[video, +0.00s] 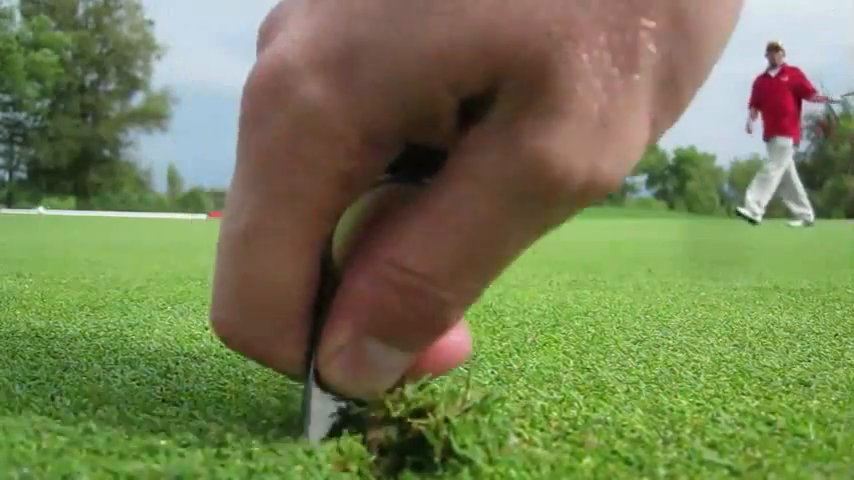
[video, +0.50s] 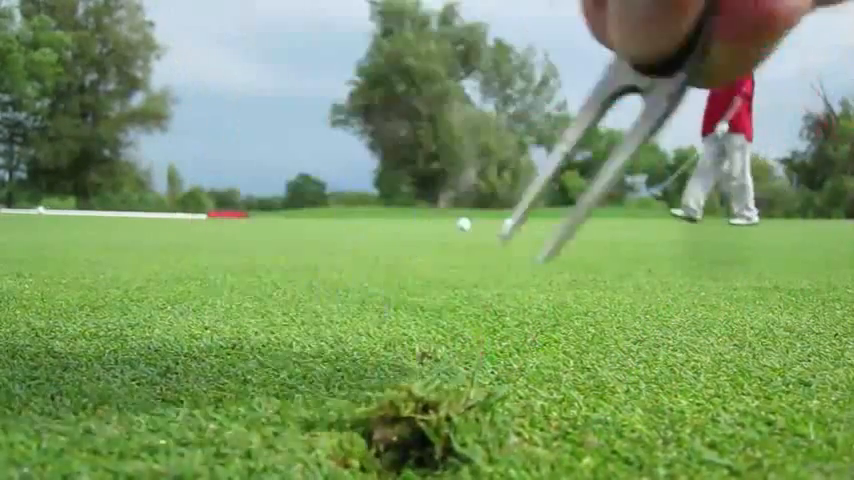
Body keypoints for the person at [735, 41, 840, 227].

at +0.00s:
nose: (773, 56)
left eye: (776, 53)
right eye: (770, 53)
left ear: (782, 55)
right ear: (766, 56)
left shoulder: (793, 74)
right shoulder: (760, 81)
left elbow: (809, 94)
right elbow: (754, 105)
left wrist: (822, 98)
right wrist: (750, 120)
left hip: (787, 129)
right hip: (770, 131)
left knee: (772, 169)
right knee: (787, 174)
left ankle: (753, 209)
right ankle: (804, 214)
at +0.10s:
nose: (764, 58)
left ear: (774, 54)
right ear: (757, 57)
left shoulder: (782, 73)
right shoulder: (755, 76)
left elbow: (801, 94)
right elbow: (746, 102)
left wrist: (821, 106)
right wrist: (738, 125)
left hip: (774, 131)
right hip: (758, 132)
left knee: (759, 172)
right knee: (775, 176)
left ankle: (749, 212)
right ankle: (798, 210)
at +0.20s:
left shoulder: (772, 74)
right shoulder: (745, 78)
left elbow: (788, 95)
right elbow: (735, 103)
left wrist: (801, 114)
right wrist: (731, 130)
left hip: (763, 128)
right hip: (747, 130)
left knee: (750, 172)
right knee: (752, 175)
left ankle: (746, 213)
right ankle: (782, 200)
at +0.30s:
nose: (744, 50)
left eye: (747, 46)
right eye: (741, 47)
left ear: (754, 48)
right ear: (738, 50)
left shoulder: (762, 68)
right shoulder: (736, 73)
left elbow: (773, 95)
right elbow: (732, 106)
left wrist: (777, 120)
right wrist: (726, 131)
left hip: (754, 125)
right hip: (735, 127)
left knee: (747, 170)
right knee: (734, 169)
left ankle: (746, 212)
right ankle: (758, 198)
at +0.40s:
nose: (732, 49)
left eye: (734, 45)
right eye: (729, 47)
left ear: (743, 46)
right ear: (728, 49)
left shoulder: (753, 67)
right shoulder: (728, 71)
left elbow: (756, 96)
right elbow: (724, 99)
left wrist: (751, 121)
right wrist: (717, 124)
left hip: (742, 127)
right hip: (722, 128)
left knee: (743, 172)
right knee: (719, 170)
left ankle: (747, 211)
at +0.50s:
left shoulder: (743, 74)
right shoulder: (719, 75)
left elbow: (739, 99)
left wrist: (725, 121)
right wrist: (709, 125)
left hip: (736, 129)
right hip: (713, 128)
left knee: (738, 173)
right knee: (705, 168)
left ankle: (746, 212)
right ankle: (691, 208)